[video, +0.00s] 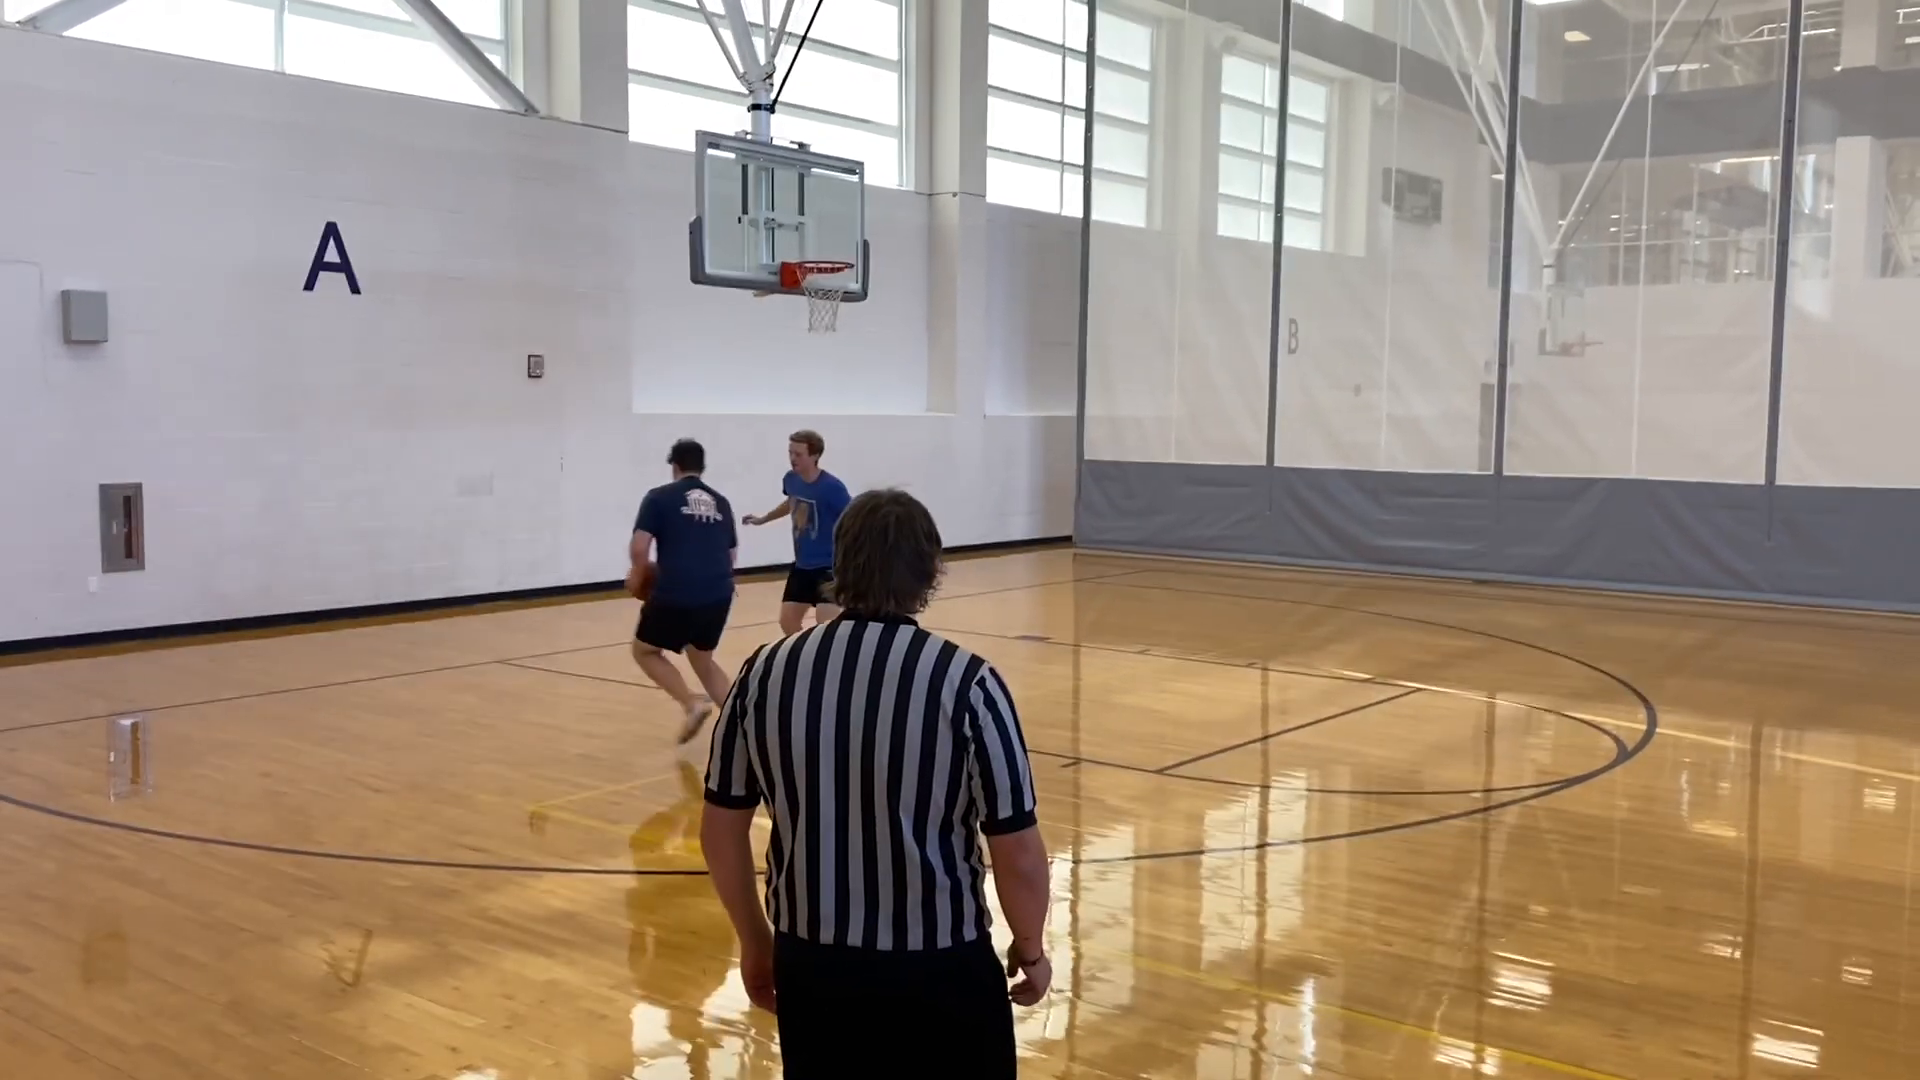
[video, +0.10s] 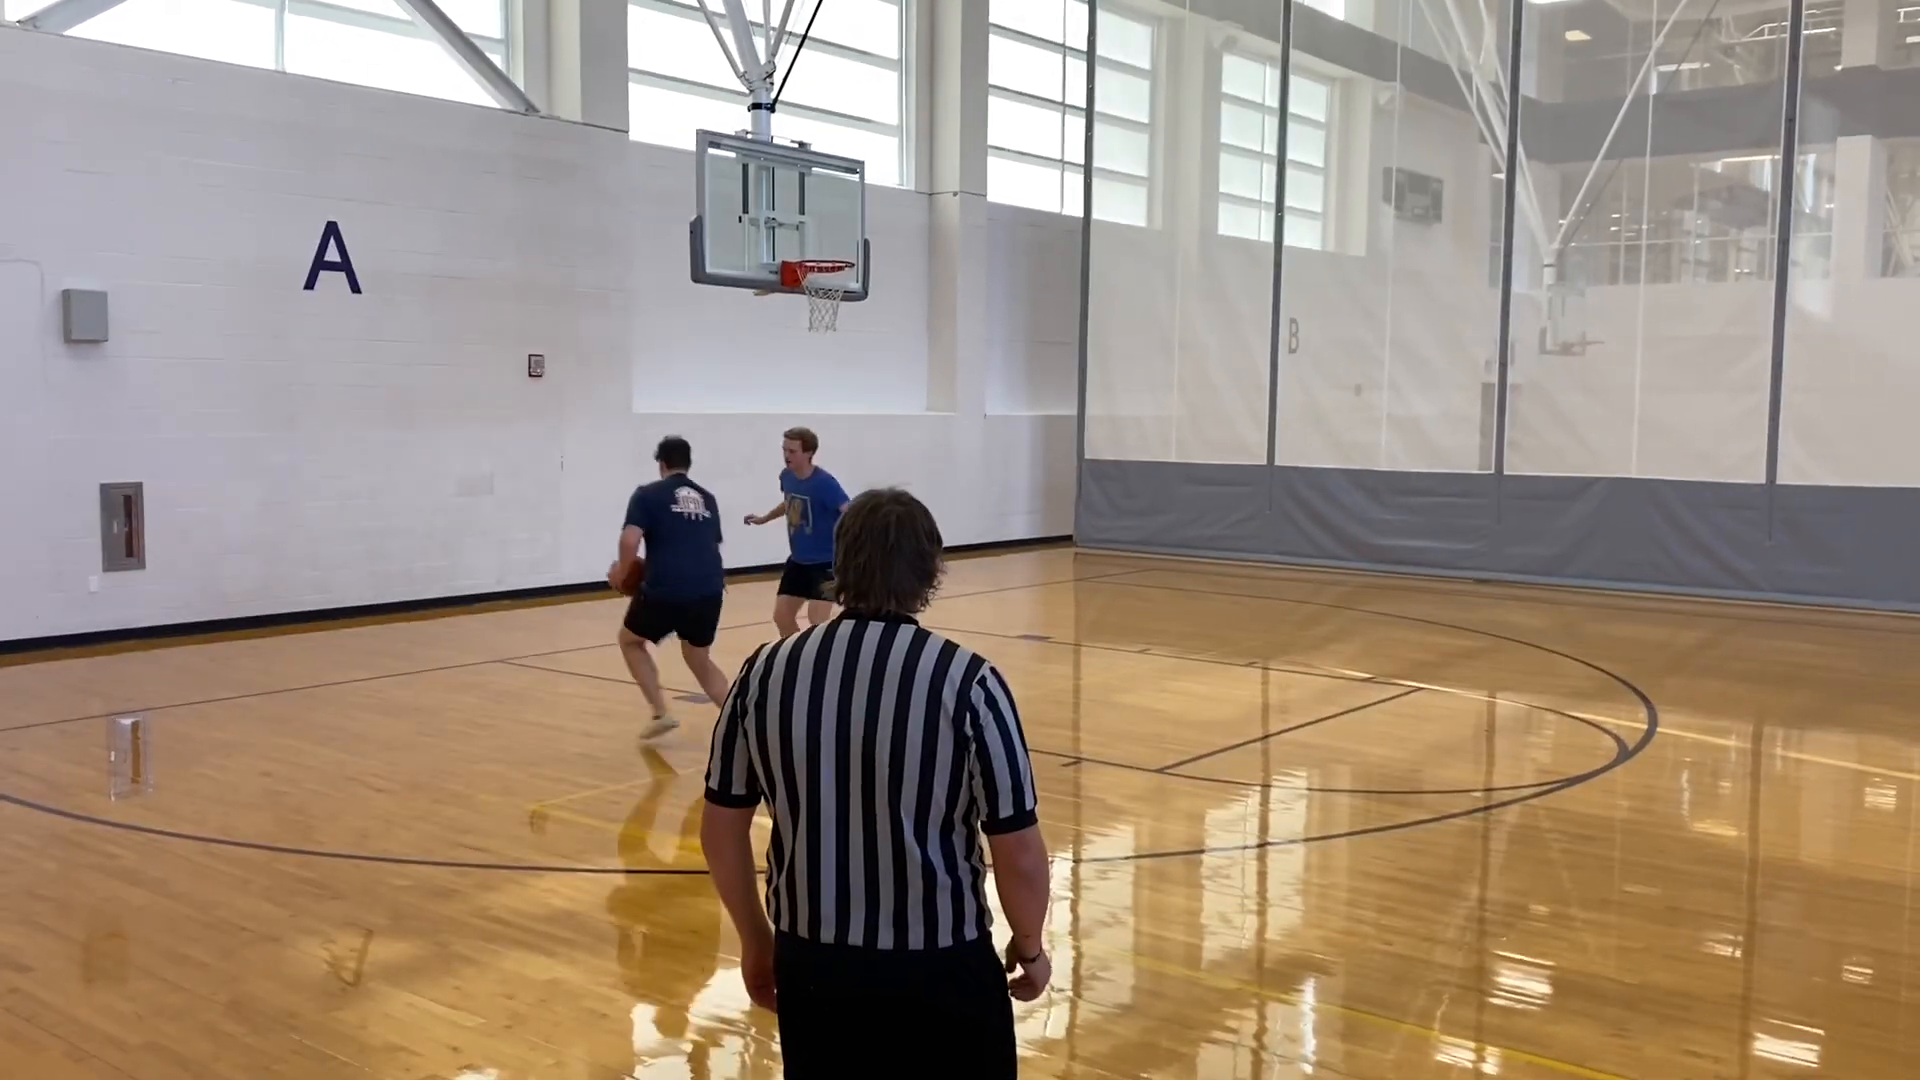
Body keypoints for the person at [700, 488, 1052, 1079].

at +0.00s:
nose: (940, 571)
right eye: (936, 558)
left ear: (841, 565)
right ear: (929, 570)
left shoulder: (764, 671)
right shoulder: (968, 682)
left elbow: (721, 830)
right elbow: (1018, 854)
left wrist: (754, 939)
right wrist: (1030, 946)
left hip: (812, 973)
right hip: (945, 975)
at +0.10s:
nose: (939, 570)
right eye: (935, 557)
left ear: (842, 564)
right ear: (930, 569)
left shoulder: (765, 670)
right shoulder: (969, 681)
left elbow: (721, 830)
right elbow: (1020, 854)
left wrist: (755, 939)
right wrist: (1029, 945)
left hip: (812, 973)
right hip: (946, 976)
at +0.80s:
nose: (938, 570)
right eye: (935, 557)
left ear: (842, 564)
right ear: (930, 569)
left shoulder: (766, 671)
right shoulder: (971, 680)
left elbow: (721, 831)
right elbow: (1024, 854)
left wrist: (758, 933)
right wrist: (1014, 929)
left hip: (815, 972)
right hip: (949, 974)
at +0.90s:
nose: (938, 572)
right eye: (935, 560)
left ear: (841, 567)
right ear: (930, 572)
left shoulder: (764, 674)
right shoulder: (970, 681)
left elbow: (720, 836)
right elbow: (1027, 856)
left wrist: (758, 938)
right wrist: (1011, 922)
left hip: (814, 975)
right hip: (947, 976)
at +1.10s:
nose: (934, 573)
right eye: (930, 561)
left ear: (839, 568)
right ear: (925, 572)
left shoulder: (763, 677)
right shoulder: (967, 681)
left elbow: (719, 835)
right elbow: (1035, 851)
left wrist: (760, 933)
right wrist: (1009, 891)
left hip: (813, 976)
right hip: (947, 975)